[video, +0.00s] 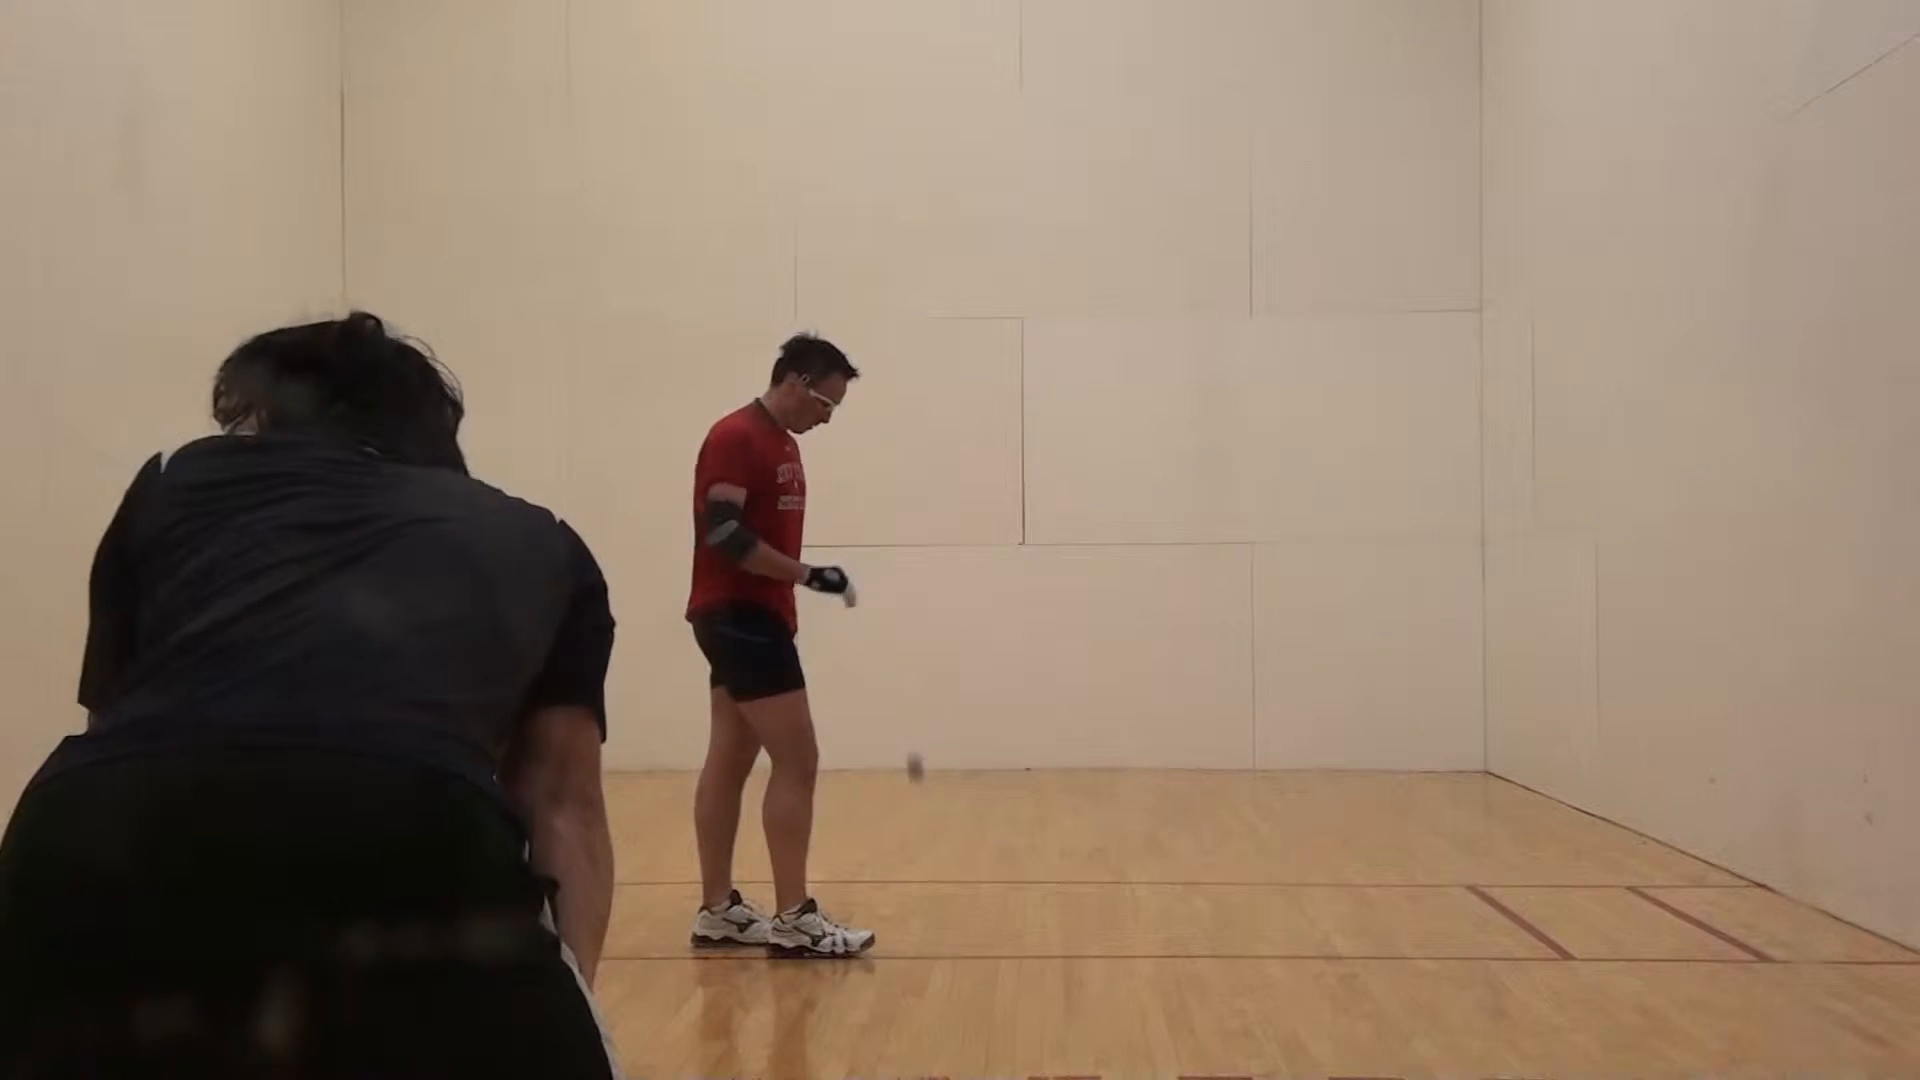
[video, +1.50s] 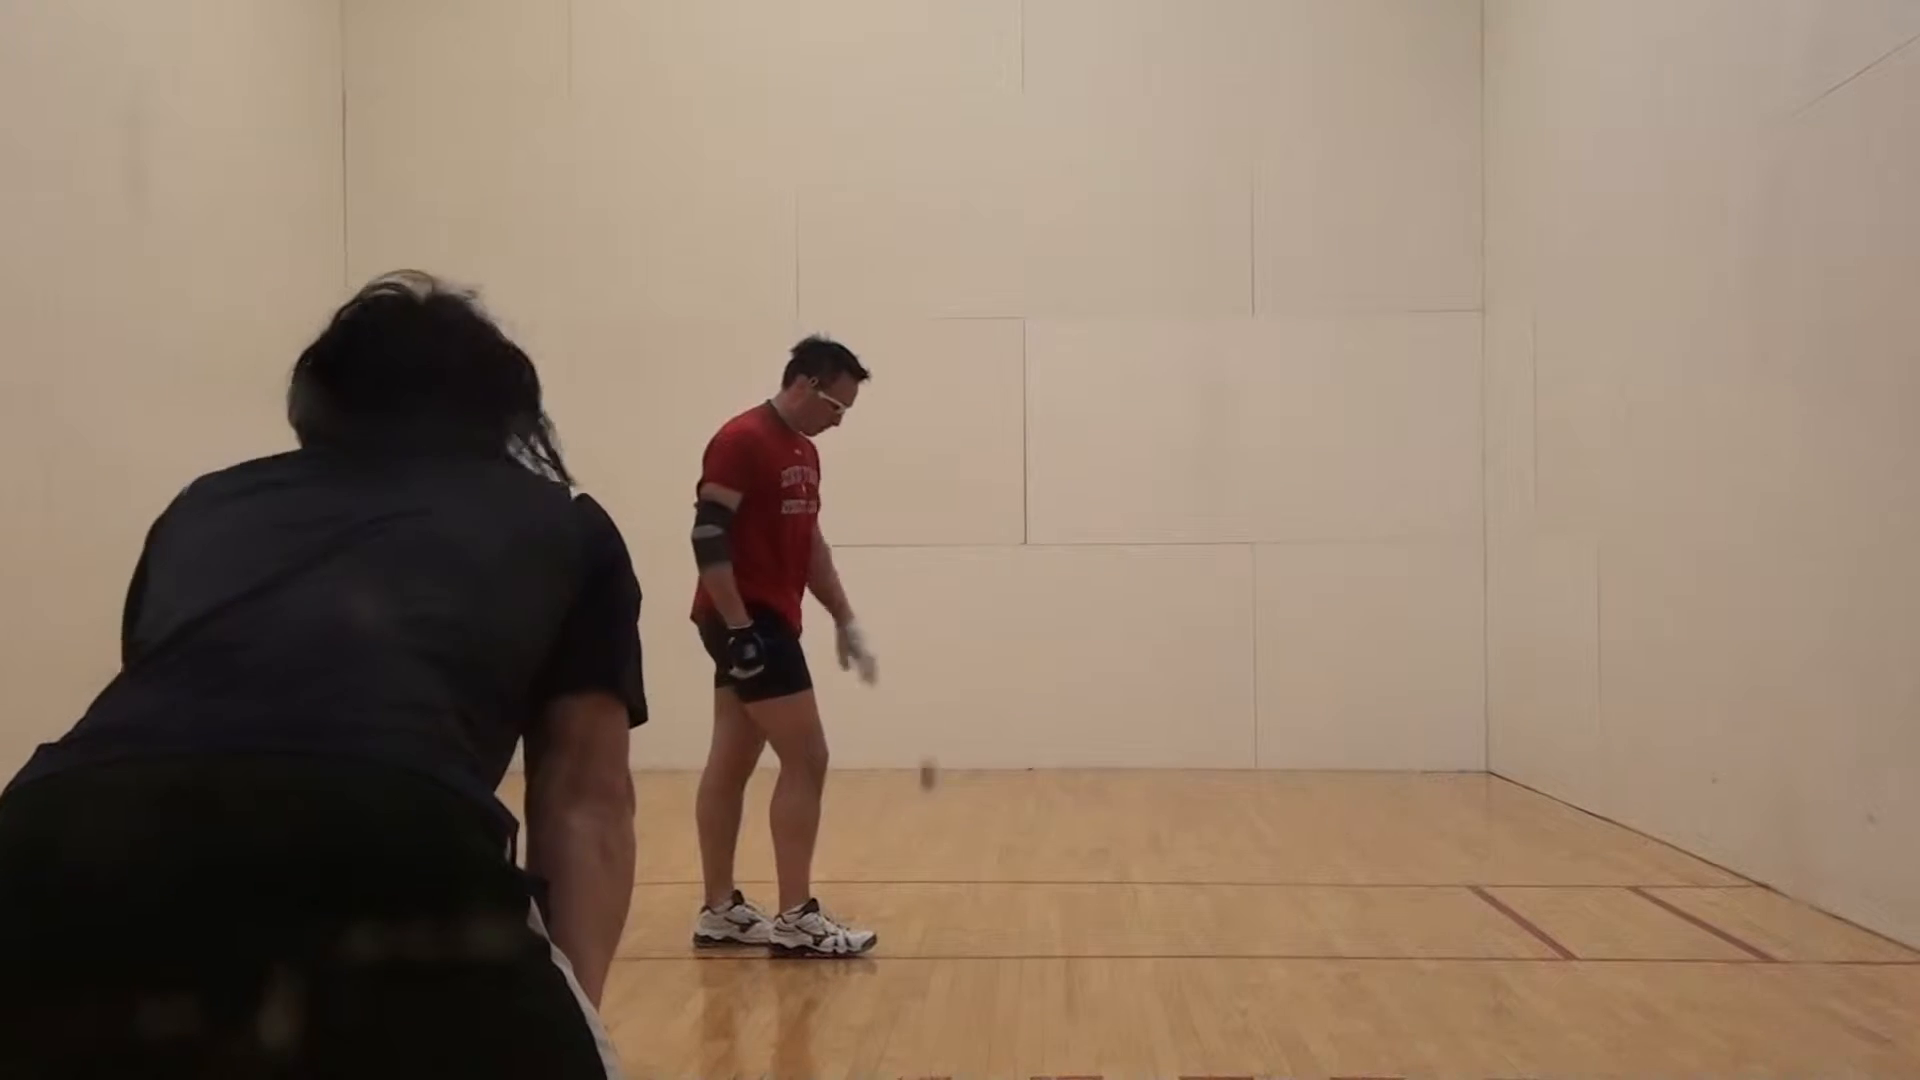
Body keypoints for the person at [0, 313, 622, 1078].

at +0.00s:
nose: (218, 437)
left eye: (227, 421)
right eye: (220, 423)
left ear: (261, 420)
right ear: (432, 444)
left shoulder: (173, 484)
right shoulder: (540, 539)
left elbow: (113, 715)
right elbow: (566, 801)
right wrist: (563, 1008)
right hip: (425, 851)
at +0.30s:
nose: (229, 434)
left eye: (237, 418)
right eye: (230, 421)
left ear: (269, 418)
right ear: (439, 439)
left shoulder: (173, 476)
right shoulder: (543, 537)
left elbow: (108, 703)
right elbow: (566, 804)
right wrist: (561, 1012)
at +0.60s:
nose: (243, 428)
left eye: (256, 412)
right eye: (246, 414)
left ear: (291, 411)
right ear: (449, 433)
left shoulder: (184, 469)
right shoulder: (553, 533)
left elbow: (119, 709)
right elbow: (572, 802)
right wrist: (563, 1015)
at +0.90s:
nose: (245, 427)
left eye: (256, 410)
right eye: (247, 412)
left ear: (290, 410)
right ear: (454, 425)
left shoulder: (192, 467)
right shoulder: (560, 528)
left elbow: (124, 710)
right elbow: (579, 801)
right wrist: (565, 1020)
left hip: (79, 848)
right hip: (401, 857)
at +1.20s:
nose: (254, 434)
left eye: (266, 416)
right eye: (258, 416)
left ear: (309, 412)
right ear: (465, 429)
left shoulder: (192, 470)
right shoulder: (563, 526)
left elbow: (128, 707)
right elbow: (582, 803)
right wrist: (568, 1023)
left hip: (75, 855)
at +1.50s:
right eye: (513, 420)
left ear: (321, 413)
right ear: (496, 417)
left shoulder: (201, 502)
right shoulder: (564, 525)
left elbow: (148, 712)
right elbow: (586, 796)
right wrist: (565, 1018)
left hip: (63, 852)